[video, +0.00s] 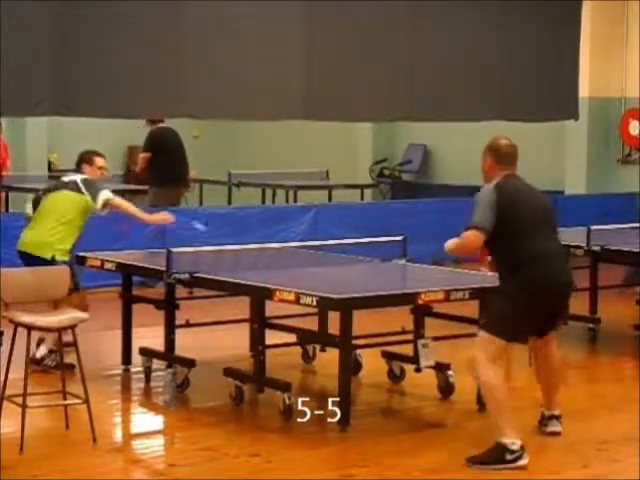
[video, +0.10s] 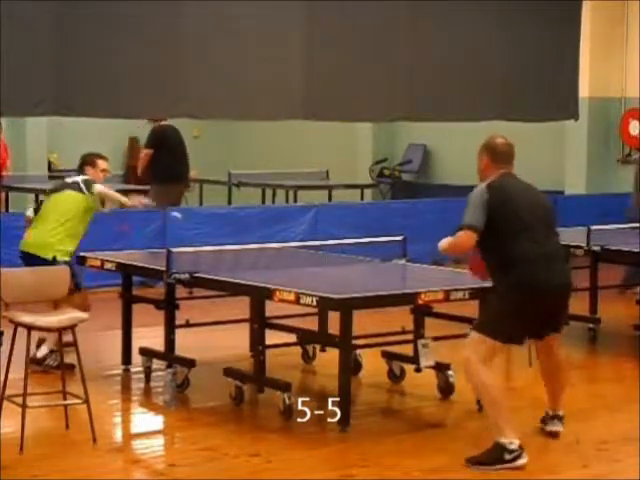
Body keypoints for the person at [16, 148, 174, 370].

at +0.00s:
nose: (105, 174)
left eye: (105, 169)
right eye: (101, 169)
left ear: (80, 169)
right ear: (86, 167)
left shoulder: (57, 183)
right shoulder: (88, 185)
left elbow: (35, 204)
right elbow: (117, 203)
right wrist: (149, 218)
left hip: (26, 248)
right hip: (51, 255)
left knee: (58, 297)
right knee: (79, 303)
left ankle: (49, 341)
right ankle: (46, 350)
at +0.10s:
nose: (106, 177)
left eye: (107, 172)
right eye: (103, 171)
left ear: (83, 171)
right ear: (88, 169)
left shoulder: (60, 185)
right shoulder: (90, 185)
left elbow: (31, 217)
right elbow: (107, 193)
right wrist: (129, 202)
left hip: (28, 250)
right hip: (52, 255)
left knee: (59, 300)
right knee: (80, 303)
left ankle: (42, 347)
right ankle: (48, 350)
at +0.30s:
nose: (107, 147)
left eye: (109, 142)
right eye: (104, 142)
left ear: (100, 142)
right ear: (89, 139)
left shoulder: (91, 166)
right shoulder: (69, 154)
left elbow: (110, 186)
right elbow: (49, 153)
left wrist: (132, 173)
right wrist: (44, 153)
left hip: (75, 233)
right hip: (55, 232)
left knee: (83, 281)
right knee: (64, 285)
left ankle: (65, 328)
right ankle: (50, 344)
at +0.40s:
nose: (104, 139)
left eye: (105, 135)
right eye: (100, 135)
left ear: (104, 136)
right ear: (84, 136)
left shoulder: (103, 157)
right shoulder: (64, 153)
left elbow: (135, 153)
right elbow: (26, 155)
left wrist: (124, 119)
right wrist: (6, 159)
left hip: (85, 228)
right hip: (60, 229)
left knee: (106, 283)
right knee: (59, 290)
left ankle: (100, 333)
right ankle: (39, 346)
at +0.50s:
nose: (100, 142)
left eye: (101, 137)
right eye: (95, 137)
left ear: (101, 138)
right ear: (80, 140)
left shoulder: (103, 164)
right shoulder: (61, 160)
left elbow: (136, 166)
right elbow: (27, 173)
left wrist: (131, 130)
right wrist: (10, 178)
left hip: (92, 232)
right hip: (63, 235)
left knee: (114, 284)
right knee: (58, 292)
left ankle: (124, 337)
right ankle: (40, 347)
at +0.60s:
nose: (98, 139)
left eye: (99, 135)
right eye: (93, 135)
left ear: (101, 138)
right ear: (79, 137)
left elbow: (136, 187)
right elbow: (38, 187)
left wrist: (143, 166)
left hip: (100, 240)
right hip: (70, 239)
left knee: (127, 287)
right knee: (56, 293)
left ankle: (134, 336)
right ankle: (41, 347)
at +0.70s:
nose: (102, 133)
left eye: (103, 129)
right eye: (97, 129)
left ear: (106, 132)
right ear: (84, 132)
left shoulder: (113, 158)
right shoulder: (67, 158)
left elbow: (131, 188)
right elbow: (48, 187)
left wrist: (140, 167)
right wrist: (49, 214)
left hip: (103, 232)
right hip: (74, 232)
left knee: (125, 282)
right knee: (64, 289)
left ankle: (135, 333)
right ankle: (51, 343)